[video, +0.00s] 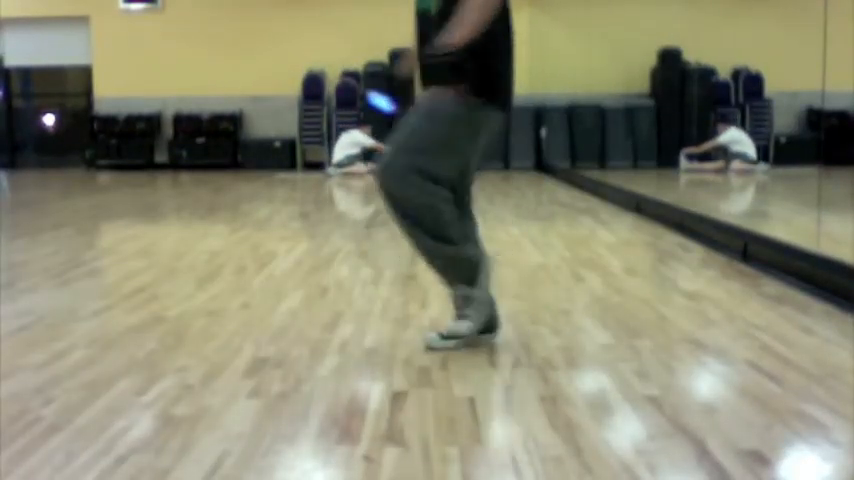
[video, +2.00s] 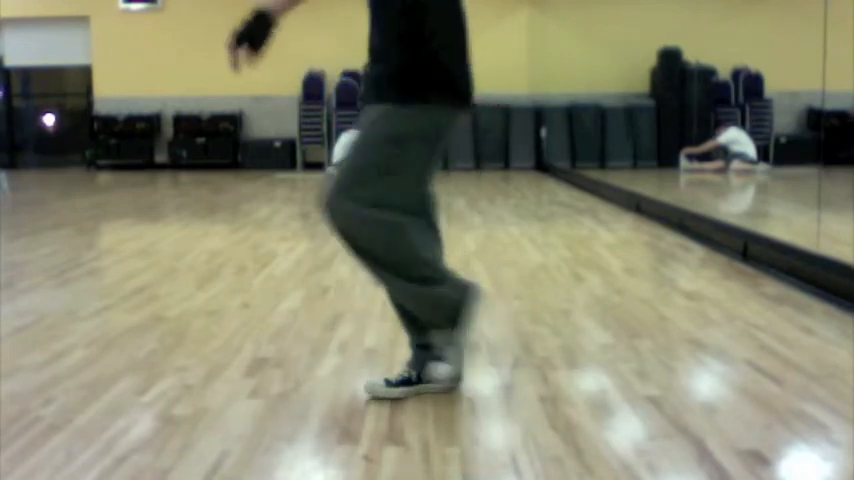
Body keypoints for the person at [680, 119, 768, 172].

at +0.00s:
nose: (719, 130)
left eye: (720, 127)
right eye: (718, 127)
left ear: (724, 126)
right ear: (729, 125)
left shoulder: (731, 133)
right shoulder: (735, 132)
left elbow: (708, 146)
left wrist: (688, 150)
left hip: (745, 160)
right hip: (734, 160)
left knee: (734, 168)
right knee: (714, 166)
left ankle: (754, 171)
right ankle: (690, 166)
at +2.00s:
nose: (719, 134)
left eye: (719, 132)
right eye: (718, 133)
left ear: (724, 128)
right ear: (727, 127)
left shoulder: (731, 132)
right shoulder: (732, 132)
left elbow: (710, 146)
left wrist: (688, 151)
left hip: (744, 159)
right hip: (734, 159)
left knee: (734, 167)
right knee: (716, 165)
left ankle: (755, 171)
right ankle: (696, 166)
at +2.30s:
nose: (719, 135)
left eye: (719, 132)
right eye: (718, 133)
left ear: (723, 129)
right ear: (726, 128)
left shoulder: (732, 132)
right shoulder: (733, 132)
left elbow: (710, 146)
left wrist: (688, 151)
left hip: (744, 158)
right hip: (734, 158)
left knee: (734, 169)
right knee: (715, 165)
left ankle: (755, 173)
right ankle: (693, 166)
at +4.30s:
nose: (719, 135)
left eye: (720, 133)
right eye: (719, 133)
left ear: (723, 129)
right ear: (727, 127)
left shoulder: (731, 132)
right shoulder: (733, 132)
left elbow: (710, 146)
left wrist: (688, 151)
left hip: (744, 159)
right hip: (735, 159)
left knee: (733, 169)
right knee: (715, 165)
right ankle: (692, 166)